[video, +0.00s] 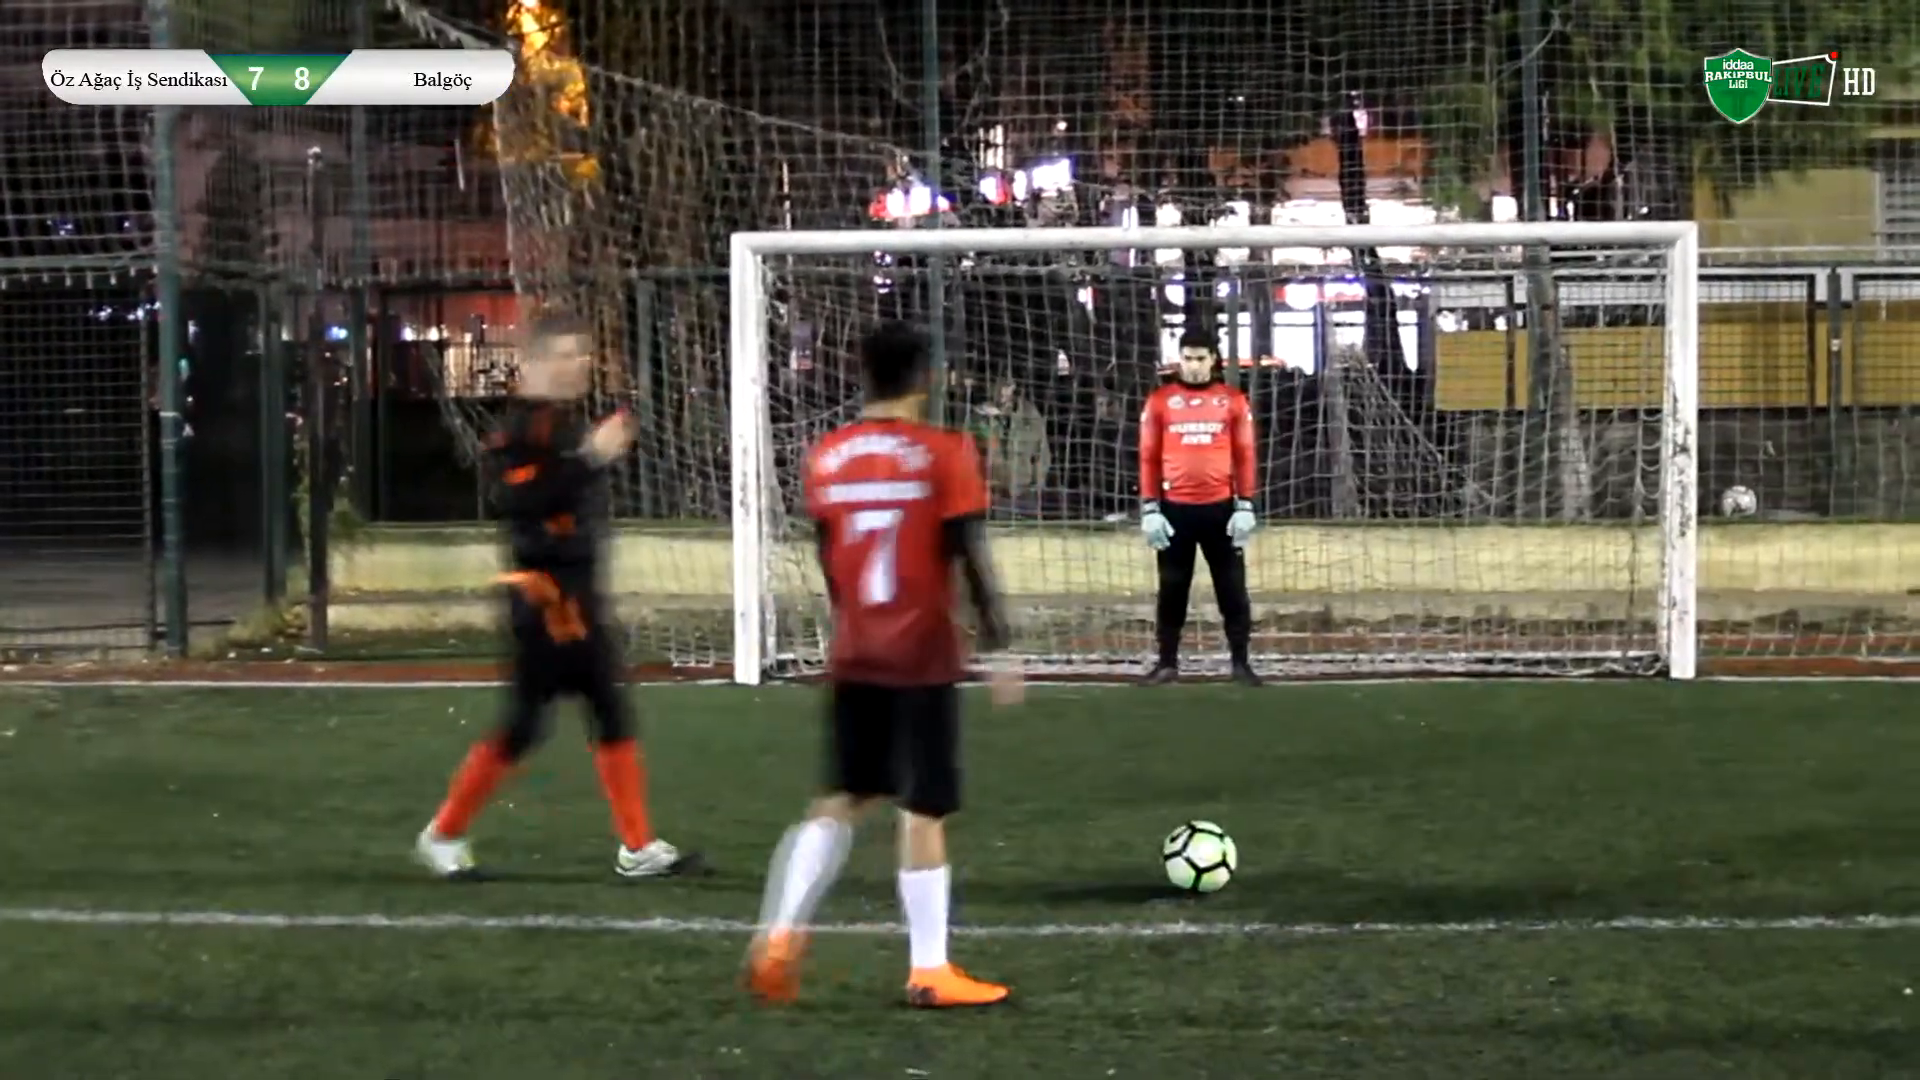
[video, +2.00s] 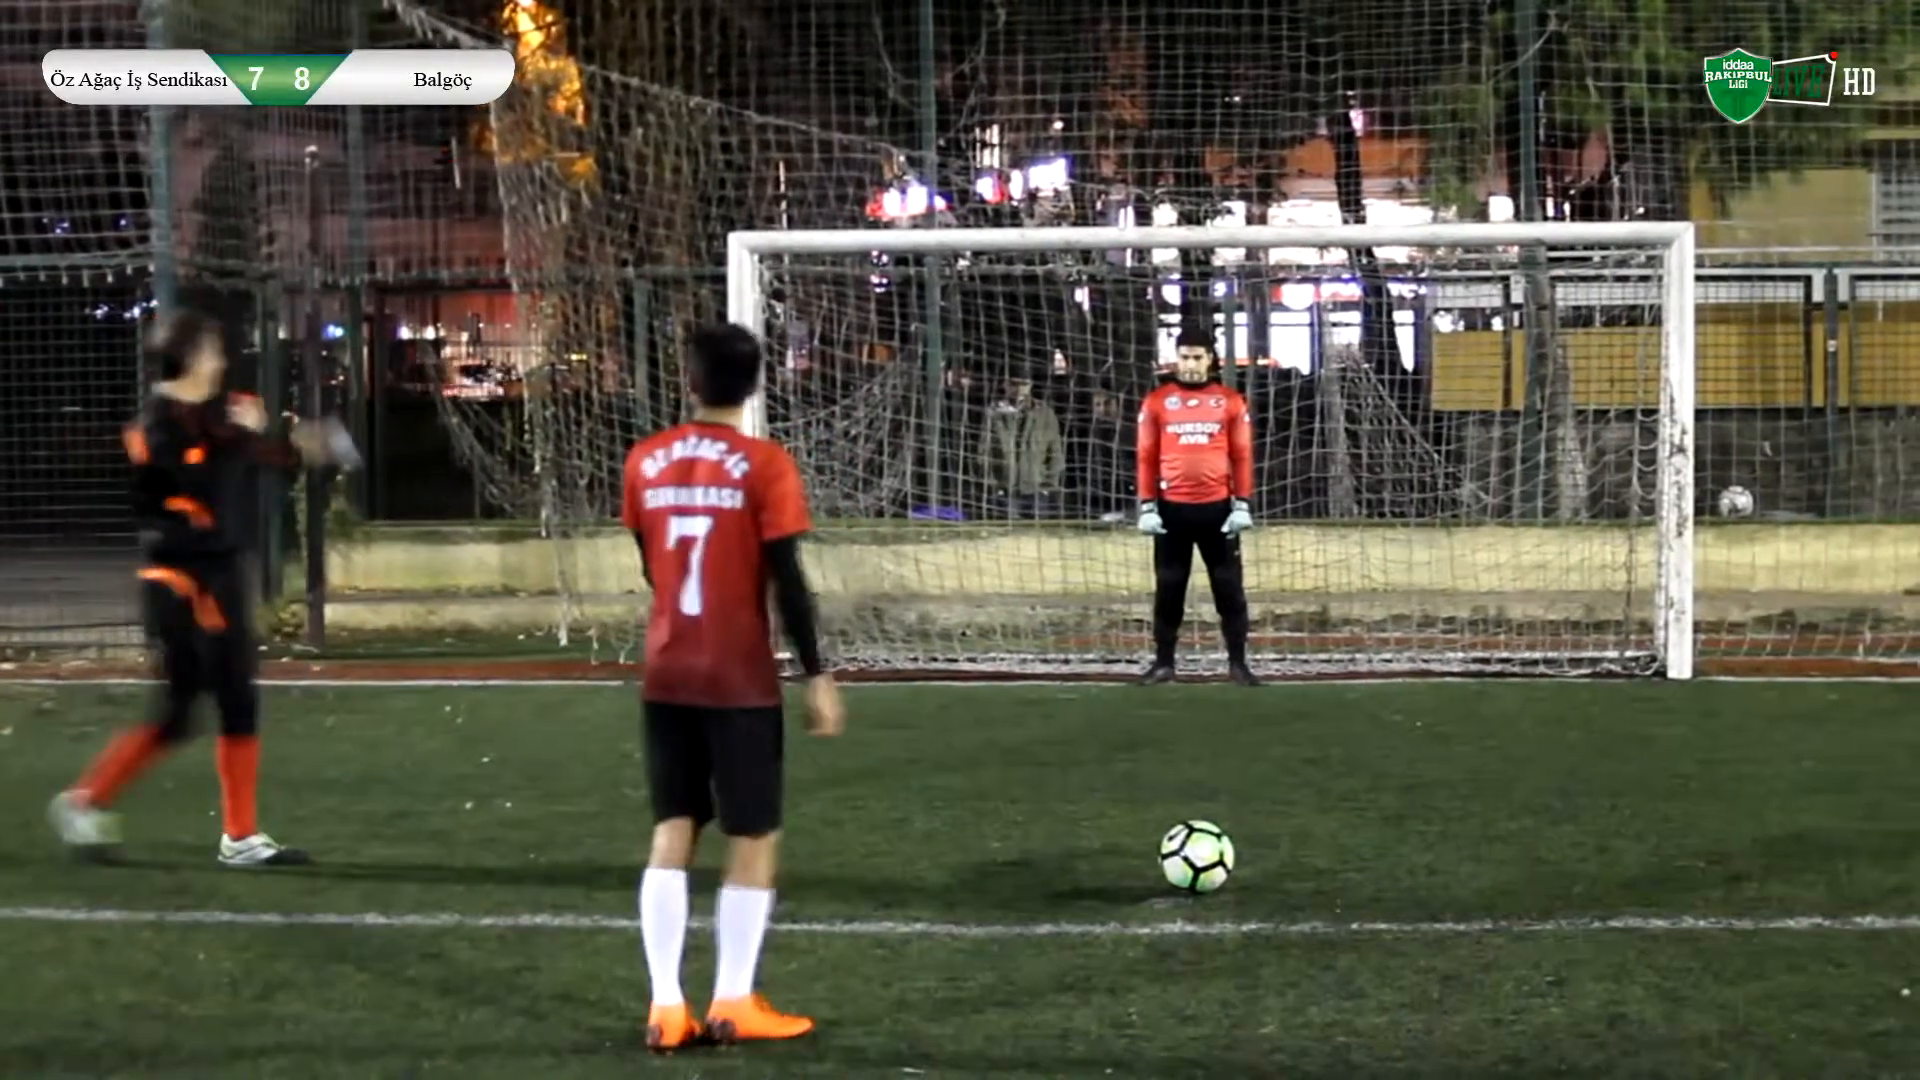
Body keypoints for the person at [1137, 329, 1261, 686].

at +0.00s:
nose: (1194, 366)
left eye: (1201, 359)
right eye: (1187, 358)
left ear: (1214, 360)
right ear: (1179, 360)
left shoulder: (1233, 401)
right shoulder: (1159, 401)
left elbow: (1246, 454)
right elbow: (1148, 456)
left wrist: (1245, 502)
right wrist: (1150, 506)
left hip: (1221, 507)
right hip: (1174, 508)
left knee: (1233, 591)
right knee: (1171, 590)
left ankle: (1241, 662)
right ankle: (1167, 661)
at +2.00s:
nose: (1190, 365)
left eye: (1197, 357)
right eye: (1184, 357)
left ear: (1211, 360)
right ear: (1175, 360)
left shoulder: (1230, 401)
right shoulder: (1156, 401)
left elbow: (1242, 454)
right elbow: (1146, 455)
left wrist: (1242, 501)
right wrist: (1147, 503)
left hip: (1218, 506)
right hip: (1171, 507)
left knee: (1229, 590)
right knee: (1168, 589)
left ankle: (1238, 662)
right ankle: (1164, 661)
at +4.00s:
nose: (1191, 363)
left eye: (1199, 356)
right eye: (1185, 356)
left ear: (1212, 359)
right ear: (1176, 359)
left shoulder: (1232, 402)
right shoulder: (1157, 402)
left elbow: (1243, 456)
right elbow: (1147, 456)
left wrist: (1242, 505)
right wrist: (1148, 506)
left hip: (1219, 507)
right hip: (1172, 509)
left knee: (1231, 590)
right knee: (1169, 590)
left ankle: (1236, 660)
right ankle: (1164, 660)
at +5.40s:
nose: (1216, 378)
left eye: (1223, 371)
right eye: (1209, 370)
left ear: (1234, 375)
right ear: (1199, 373)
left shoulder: (1252, 418)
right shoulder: (1177, 413)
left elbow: (1271, 468)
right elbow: (1157, 460)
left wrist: (1286, 504)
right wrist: (1141, 495)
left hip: (1235, 523)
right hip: (1188, 521)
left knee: (1249, 596)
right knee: (1164, 592)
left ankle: (1256, 665)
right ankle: (1159, 661)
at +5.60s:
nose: (1212, 402)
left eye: (1219, 395)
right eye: (1206, 395)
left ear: (1229, 398)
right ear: (1196, 398)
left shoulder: (1252, 431)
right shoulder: (1181, 430)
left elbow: (1279, 477)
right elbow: (1150, 472)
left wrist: (1309, 513)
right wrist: (1115, 509)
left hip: (1242, 533)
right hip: (1195, 531)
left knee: (1258, 598)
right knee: (1162, 591)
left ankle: (1248, 656)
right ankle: (1135, 661)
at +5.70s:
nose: (1205, 433)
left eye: (1212, 425)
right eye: (1198, 425)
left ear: (1225, 427)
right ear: (1189, 428)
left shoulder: (1250, 458)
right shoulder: (1179, 461)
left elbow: (1279, 500)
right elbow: (1148, 496)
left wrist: (1309, 540)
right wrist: (1112, 524)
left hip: (1246, 546)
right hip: (1199, 546)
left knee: (1270, 593)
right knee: (1160, 602)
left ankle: (1235, 657)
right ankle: (1114, 674)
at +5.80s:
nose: (1208, 462)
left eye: (1214, 453)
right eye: (1201, 454)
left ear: (1225, 456)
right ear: (1193, 458)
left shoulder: (1249, 481)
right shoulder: (1181, 485)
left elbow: (1279, 515)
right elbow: (1154, 517)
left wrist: (1299, 551)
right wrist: (1125, 539)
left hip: (1248, 562)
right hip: (1201, 560)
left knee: (1278, 596)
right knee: (1159, 609)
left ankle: (1239, 663)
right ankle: (1112, 676)